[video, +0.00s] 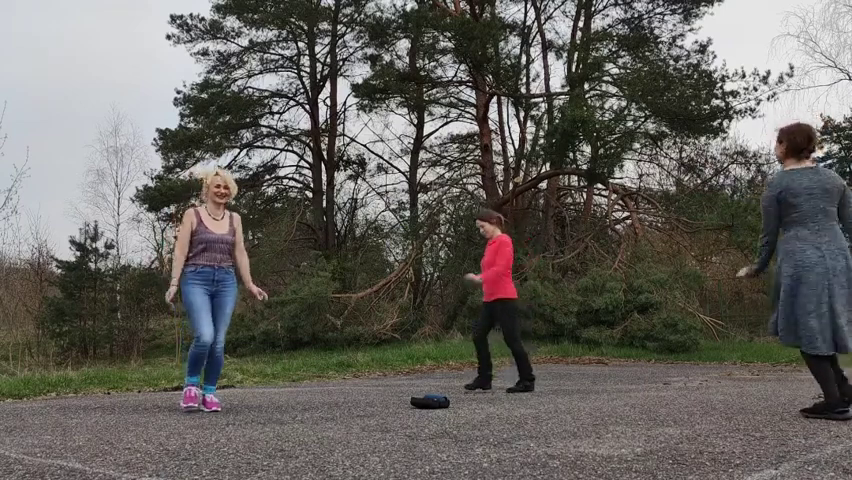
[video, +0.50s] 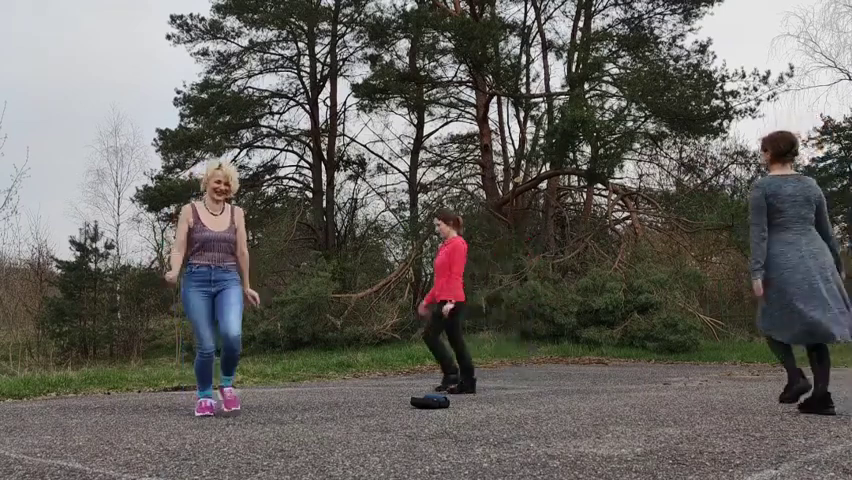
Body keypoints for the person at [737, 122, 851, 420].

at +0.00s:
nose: (775, 148)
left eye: (777, 144)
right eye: (776, 143)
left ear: (785, 147)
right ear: (808, 147)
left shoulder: (777, 182)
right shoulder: (834, 179)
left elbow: (769, 235)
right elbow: (847, 225)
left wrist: (759, 266)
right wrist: (844, 249)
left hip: (801, 260)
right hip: (837, 257)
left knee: (804, 330)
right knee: (824, 326)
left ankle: (833, 401)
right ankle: (840, 383)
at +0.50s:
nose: (762, 156)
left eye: (763, 152)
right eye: (762, 151)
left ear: (770, 154)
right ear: (792, 154)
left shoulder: (762, 186)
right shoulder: (811, 185)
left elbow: (759, 233)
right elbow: (826, 231)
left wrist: (756, 272)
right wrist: (836, 266)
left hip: (782, 262)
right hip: (817, 260)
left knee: (770, 324)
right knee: (815, 326)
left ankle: (795, 377)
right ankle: (822, 396)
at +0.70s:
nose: (752, 166)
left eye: (753, 161)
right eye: (752, 161)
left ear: (761, 163)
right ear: (781, 162)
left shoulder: (754, 192)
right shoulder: (798, 191)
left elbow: (757, 224)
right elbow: (805, 231)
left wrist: (763, 254)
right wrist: (795, 254)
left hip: (767, 264)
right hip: (798, 262)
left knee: (768, 327)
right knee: (803, 326)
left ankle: (779, 393)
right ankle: (818, 393)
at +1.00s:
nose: (733, 174)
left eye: (734, 170)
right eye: (733, 169)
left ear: (741, 172)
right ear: (761, 172)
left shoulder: (735, 198)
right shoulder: (777, 200)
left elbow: (731, 224)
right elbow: (800, 235)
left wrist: (730, 250)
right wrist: (819, 263)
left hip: (752, 270)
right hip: (780, 269)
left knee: (758, 329)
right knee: (771, 327)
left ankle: (778, 393)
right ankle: (772, 388)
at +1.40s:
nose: (713, 185)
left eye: (715, 181)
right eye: (714, 180)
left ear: (724, 183)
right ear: (738, 183)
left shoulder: (718, 208)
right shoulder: (755, 207)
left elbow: (720, 233)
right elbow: (782, 233)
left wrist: (726, 256)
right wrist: (810, 255)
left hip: (730, 272)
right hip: (752, 273)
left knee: (719, 331)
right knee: (743, 328)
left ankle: (755, 372)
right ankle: (744, 384)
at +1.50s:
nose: (713, 187)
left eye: (715, 182)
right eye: (713, 182)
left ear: (722, 184)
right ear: (739, 185)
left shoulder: (715, 212)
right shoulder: (753, 212)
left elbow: (716, 247)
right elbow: (768, 247)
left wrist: (722, 279)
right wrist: (787, 274)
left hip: (722, 277)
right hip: (749, 276)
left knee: (713, 332)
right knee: (741, 332)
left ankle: (731, 381)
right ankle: (743, 387)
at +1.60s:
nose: (711, 189)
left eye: (713, 185)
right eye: (712, 185)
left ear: (722, 187)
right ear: (734, 187)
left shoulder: (713, 215)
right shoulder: (749, 215)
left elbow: (701, 252)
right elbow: (749, 248)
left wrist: (692, 285)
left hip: (718, 278)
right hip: (744, 276)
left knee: (707, 330)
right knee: (739, 331)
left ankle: (704, 385)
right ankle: (742, 387)